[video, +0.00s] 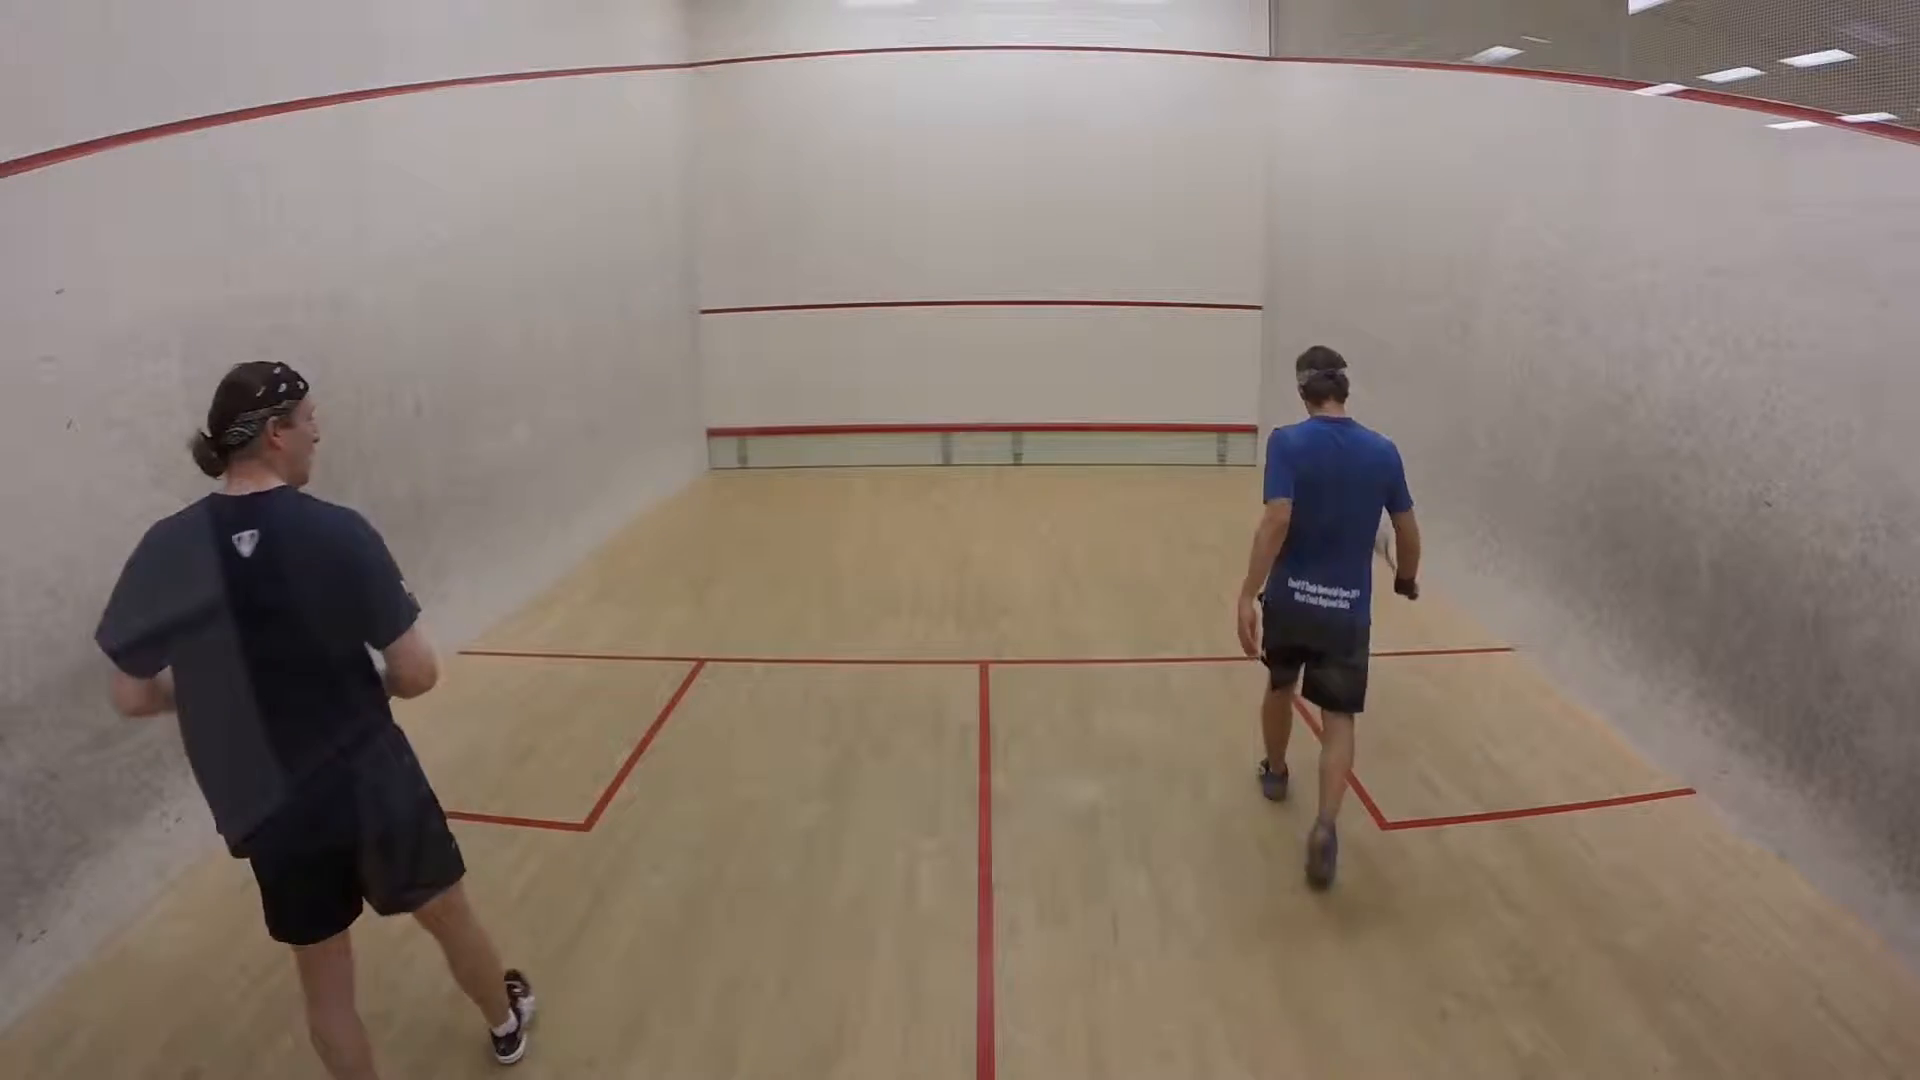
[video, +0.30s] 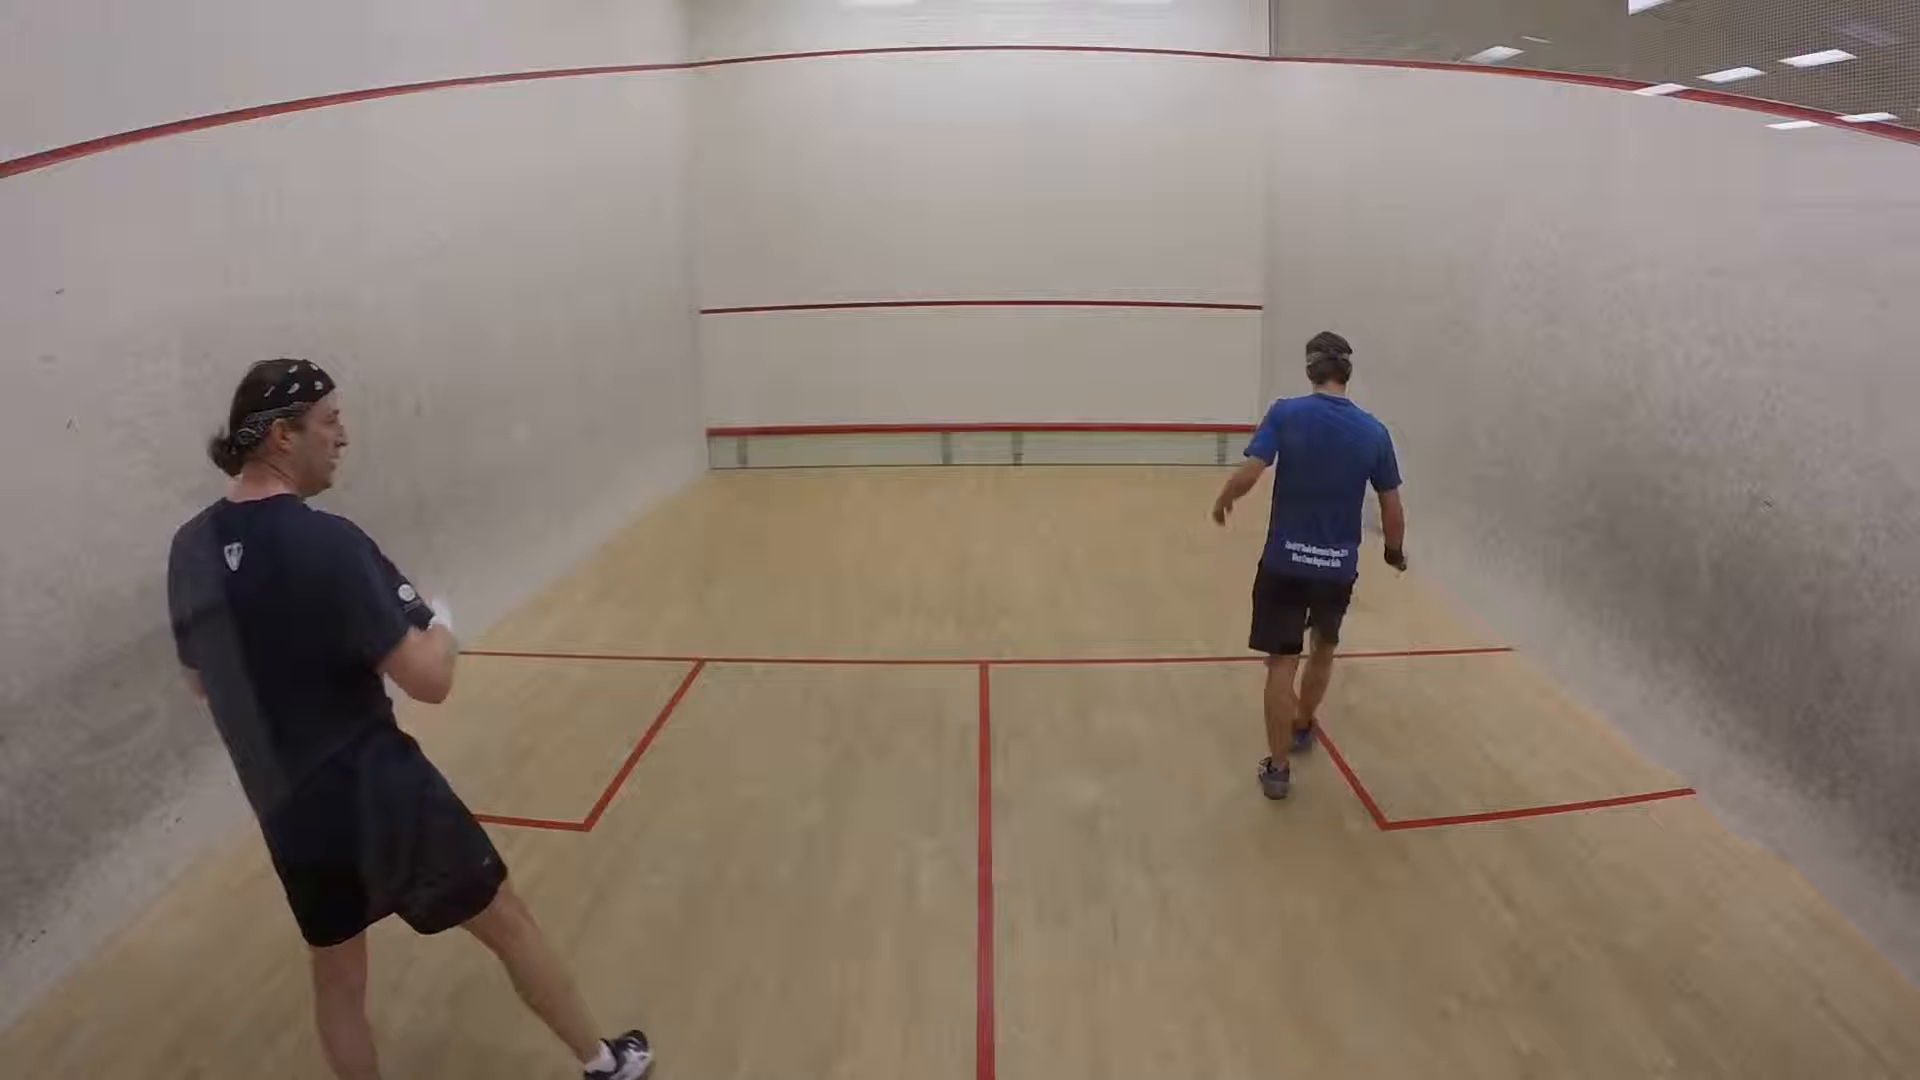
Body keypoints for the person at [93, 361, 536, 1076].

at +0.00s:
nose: (317, 437)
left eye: (314, 422)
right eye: (309, 423)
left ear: (227, 440)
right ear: (273, 435)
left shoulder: (166, 547)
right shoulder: (335, 531)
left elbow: (132, 696)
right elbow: (417, 672)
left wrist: (206, 677)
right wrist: (373, 676)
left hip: (263, 804)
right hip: (368, 776)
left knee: (325, 978)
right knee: (447, 912)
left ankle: (360, 1076)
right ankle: (505, 1024)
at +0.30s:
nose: (341, 438)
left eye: (339, 422)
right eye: (328, 424)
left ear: (271, 441)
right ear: (277, 439)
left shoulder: (191, 547)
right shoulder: (327, 541)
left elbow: (203, 684)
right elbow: (429, 678)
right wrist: (436, 620)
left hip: (288, 809)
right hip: (381, 787)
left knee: (337, 978)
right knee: (506, 923)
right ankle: (601, 1060)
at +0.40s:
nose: (369, 444)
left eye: (366, 427)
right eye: (357, 429)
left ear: (297, 442)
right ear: (307, 441)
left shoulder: (216, 549)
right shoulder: (357, 548)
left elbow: (228, 683)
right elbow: (480, 649)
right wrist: (465, 585)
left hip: (314, 810)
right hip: (408, 792)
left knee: (349, 980)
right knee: (534, 943)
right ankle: (624, 1072)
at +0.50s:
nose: (405, 447)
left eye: (403, 431)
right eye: (396, 432)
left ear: (329, 441)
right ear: (353, 441)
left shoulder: (250, 551)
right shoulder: (392, 546)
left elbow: (246, 684)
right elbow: (531, 596)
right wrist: (474, 531)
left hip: (349, 805)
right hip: (447, 791)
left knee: (371, 974)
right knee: (547, 957)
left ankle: (379, 1077)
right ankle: (629, 1074)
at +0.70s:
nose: (471, 444)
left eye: (471, 429)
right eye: (467, 430)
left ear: (378, 429)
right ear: (440, 432)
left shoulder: (305, 532)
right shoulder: (460, 521)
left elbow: (275, 671)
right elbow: (573, 501)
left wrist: (361, 648)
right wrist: (485, 468)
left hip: (404, 804)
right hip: (501, 792)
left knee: (406, 949)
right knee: (573, 958)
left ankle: (406, 1070)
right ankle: (632, 1072)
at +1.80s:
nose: (474, 426)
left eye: (470, 409)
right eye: (463, 411)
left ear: (388, 424)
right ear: (422, 422)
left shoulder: (315, 523)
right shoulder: (450, 526)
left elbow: (296, 658)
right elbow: (583, 598)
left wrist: (392, 616)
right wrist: (522, 567)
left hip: (402, 797)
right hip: (495, 783)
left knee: (419, 952)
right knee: (569, 950)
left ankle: (434, 1070)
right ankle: (632, 1071)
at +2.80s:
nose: (475, 407)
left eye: (469, 393)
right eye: (461, 398)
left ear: (398, 425)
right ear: (419, 423)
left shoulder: (325, 526)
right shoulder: (469, 526)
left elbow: (310, 670)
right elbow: (548, 675)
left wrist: (378, 710)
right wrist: (527, 625)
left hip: (407, 789)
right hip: (505, 779)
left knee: (421, 955)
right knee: (575, 954)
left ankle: (436, 1069)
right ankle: (632, 1070)